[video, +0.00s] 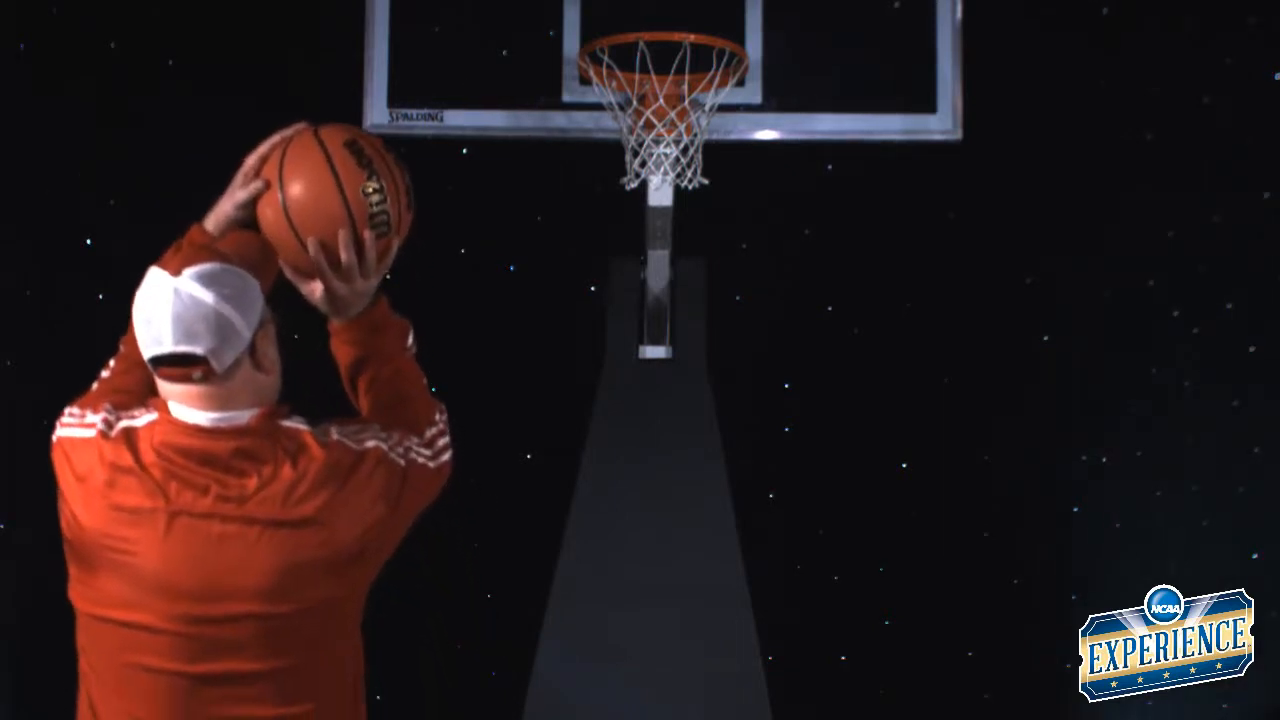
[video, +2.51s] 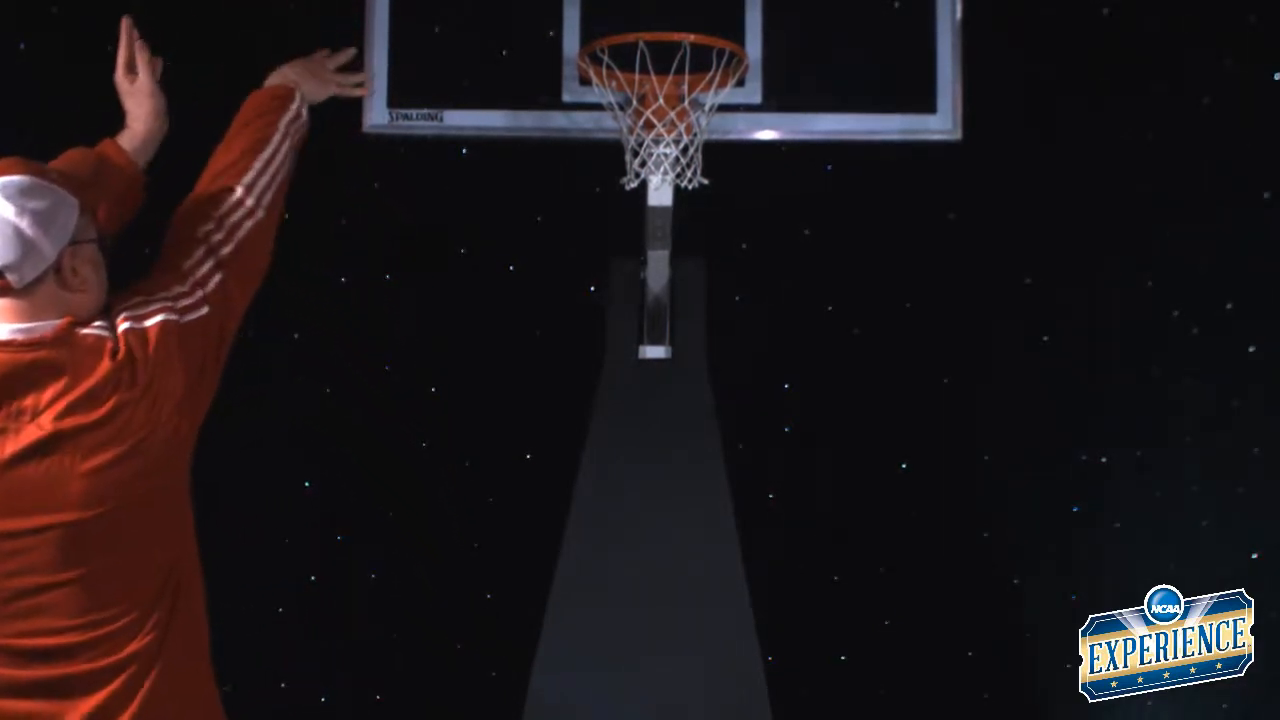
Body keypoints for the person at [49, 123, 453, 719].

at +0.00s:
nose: (275, 335)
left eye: (268, 323)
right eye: (268, 327)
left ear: (152, 350)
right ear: (259, 352)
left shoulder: (89, 469)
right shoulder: (340, 485)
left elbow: (141, 342)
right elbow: (423, 443)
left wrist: (211, 233)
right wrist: (362, 323)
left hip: (116, 710)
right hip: (303, 708)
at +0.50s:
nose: (244, 262)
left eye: (236, 253)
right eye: (236, 255)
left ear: (120, 288)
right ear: (226, 285)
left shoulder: (51, 390)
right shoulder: (303, 416)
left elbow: (117, 270)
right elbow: (405, 390)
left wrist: (198, 168)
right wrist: (342, 267)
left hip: (89, 707)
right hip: (273, 706)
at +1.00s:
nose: (212, 225)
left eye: (206, 213)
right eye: (205, 217)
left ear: (90, 239)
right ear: (191, 242)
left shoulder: (14, 351)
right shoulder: (260, 378)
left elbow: (90, 242)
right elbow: (380, 362)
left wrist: (183, 133)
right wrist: (320, 236)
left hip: (60, 703)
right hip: (243, 703)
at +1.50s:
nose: (176, 210)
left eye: (169, 195)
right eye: (169, 198)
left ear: (50, 224)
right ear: (154, 222)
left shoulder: (3, 325)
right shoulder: (223, 353)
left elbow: (63, 215)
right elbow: (355, 332)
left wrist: (170, 105)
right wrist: (305, 199)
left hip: (33, 698)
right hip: (200, 700)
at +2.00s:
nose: (139, 220)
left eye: (132, 207)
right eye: (131, 207)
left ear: (22, 236)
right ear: (108, 232)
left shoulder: (2, 327)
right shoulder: (170, 355)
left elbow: (39, 193)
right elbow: (300, 271)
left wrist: (158, 117)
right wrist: (301, 129)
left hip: (19, 697)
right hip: (166, 699)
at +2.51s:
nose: (95, 243)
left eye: (83, 232)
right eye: (83, 236)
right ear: (69, 270)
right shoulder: (126, 376)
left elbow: (26, 221)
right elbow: (224, 225)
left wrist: (131, 145)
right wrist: (287, 93)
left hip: (15, 699)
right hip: (136, 702)